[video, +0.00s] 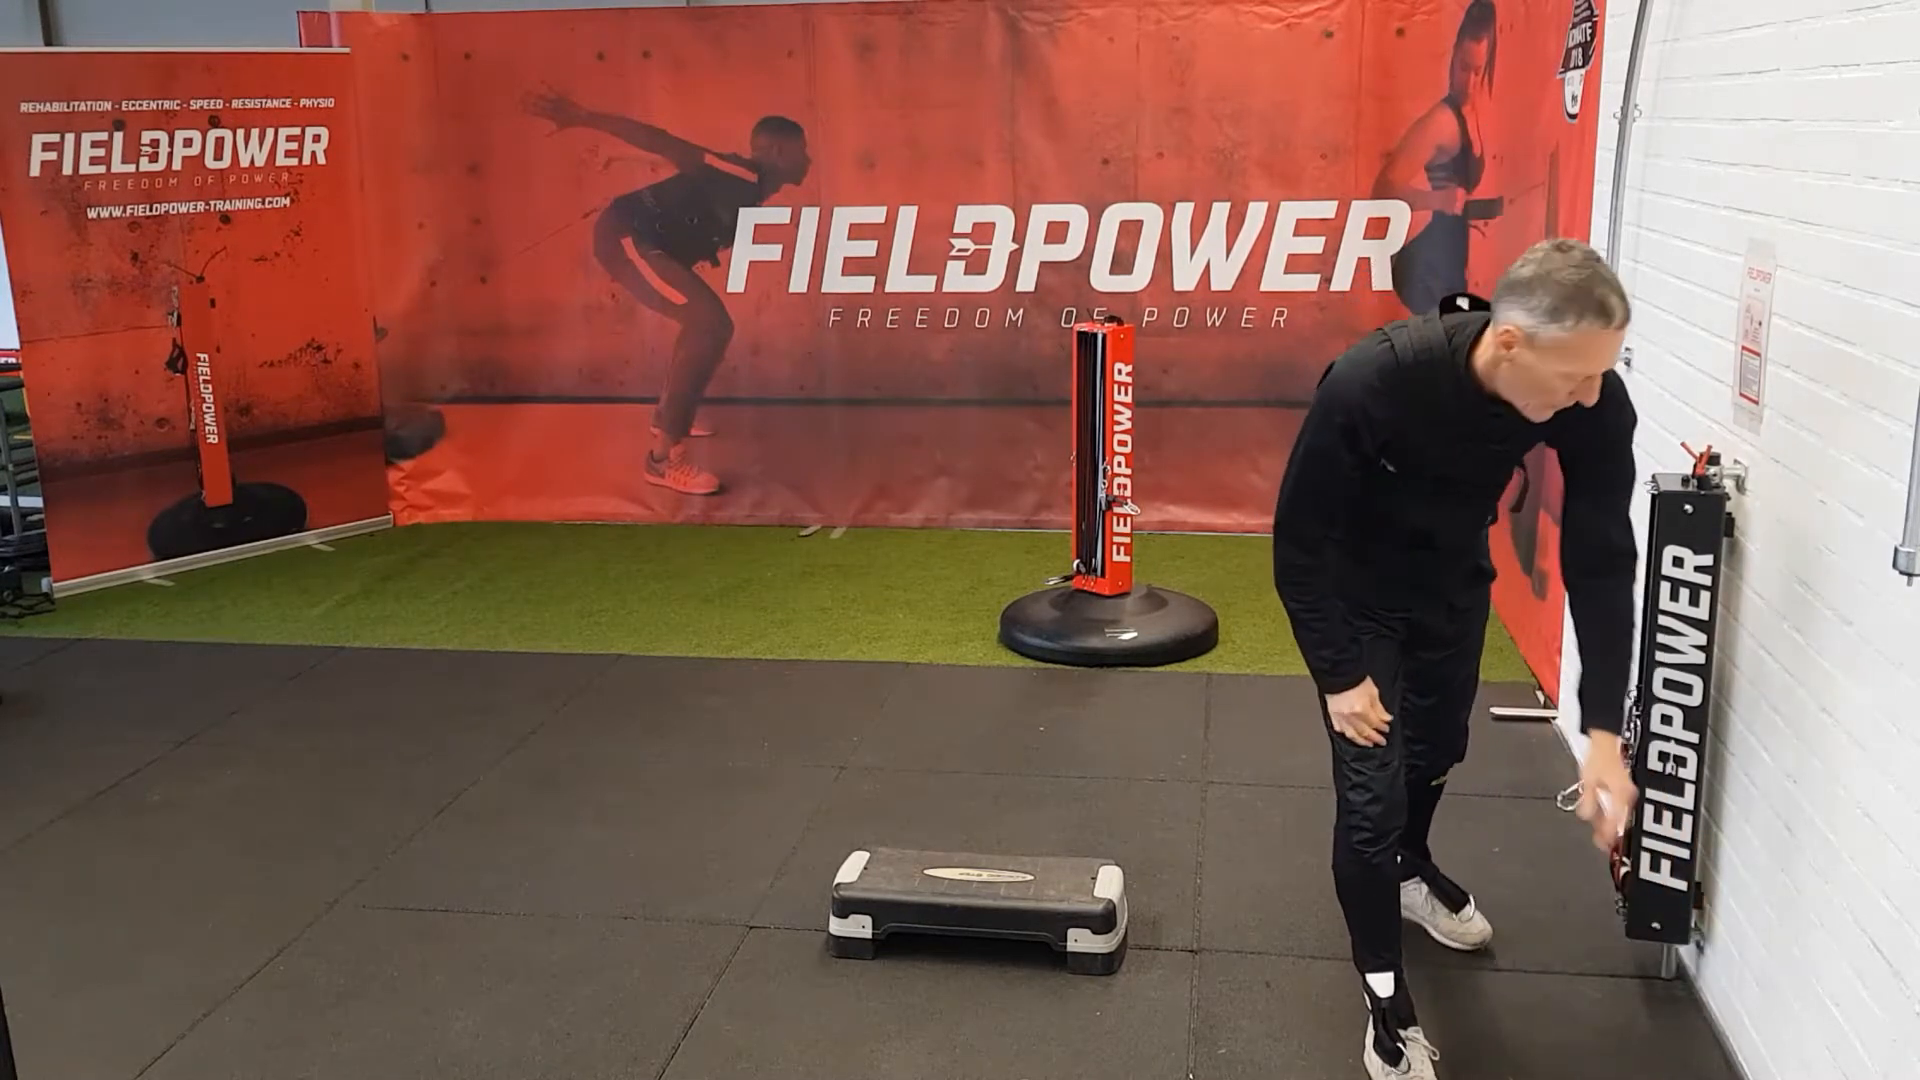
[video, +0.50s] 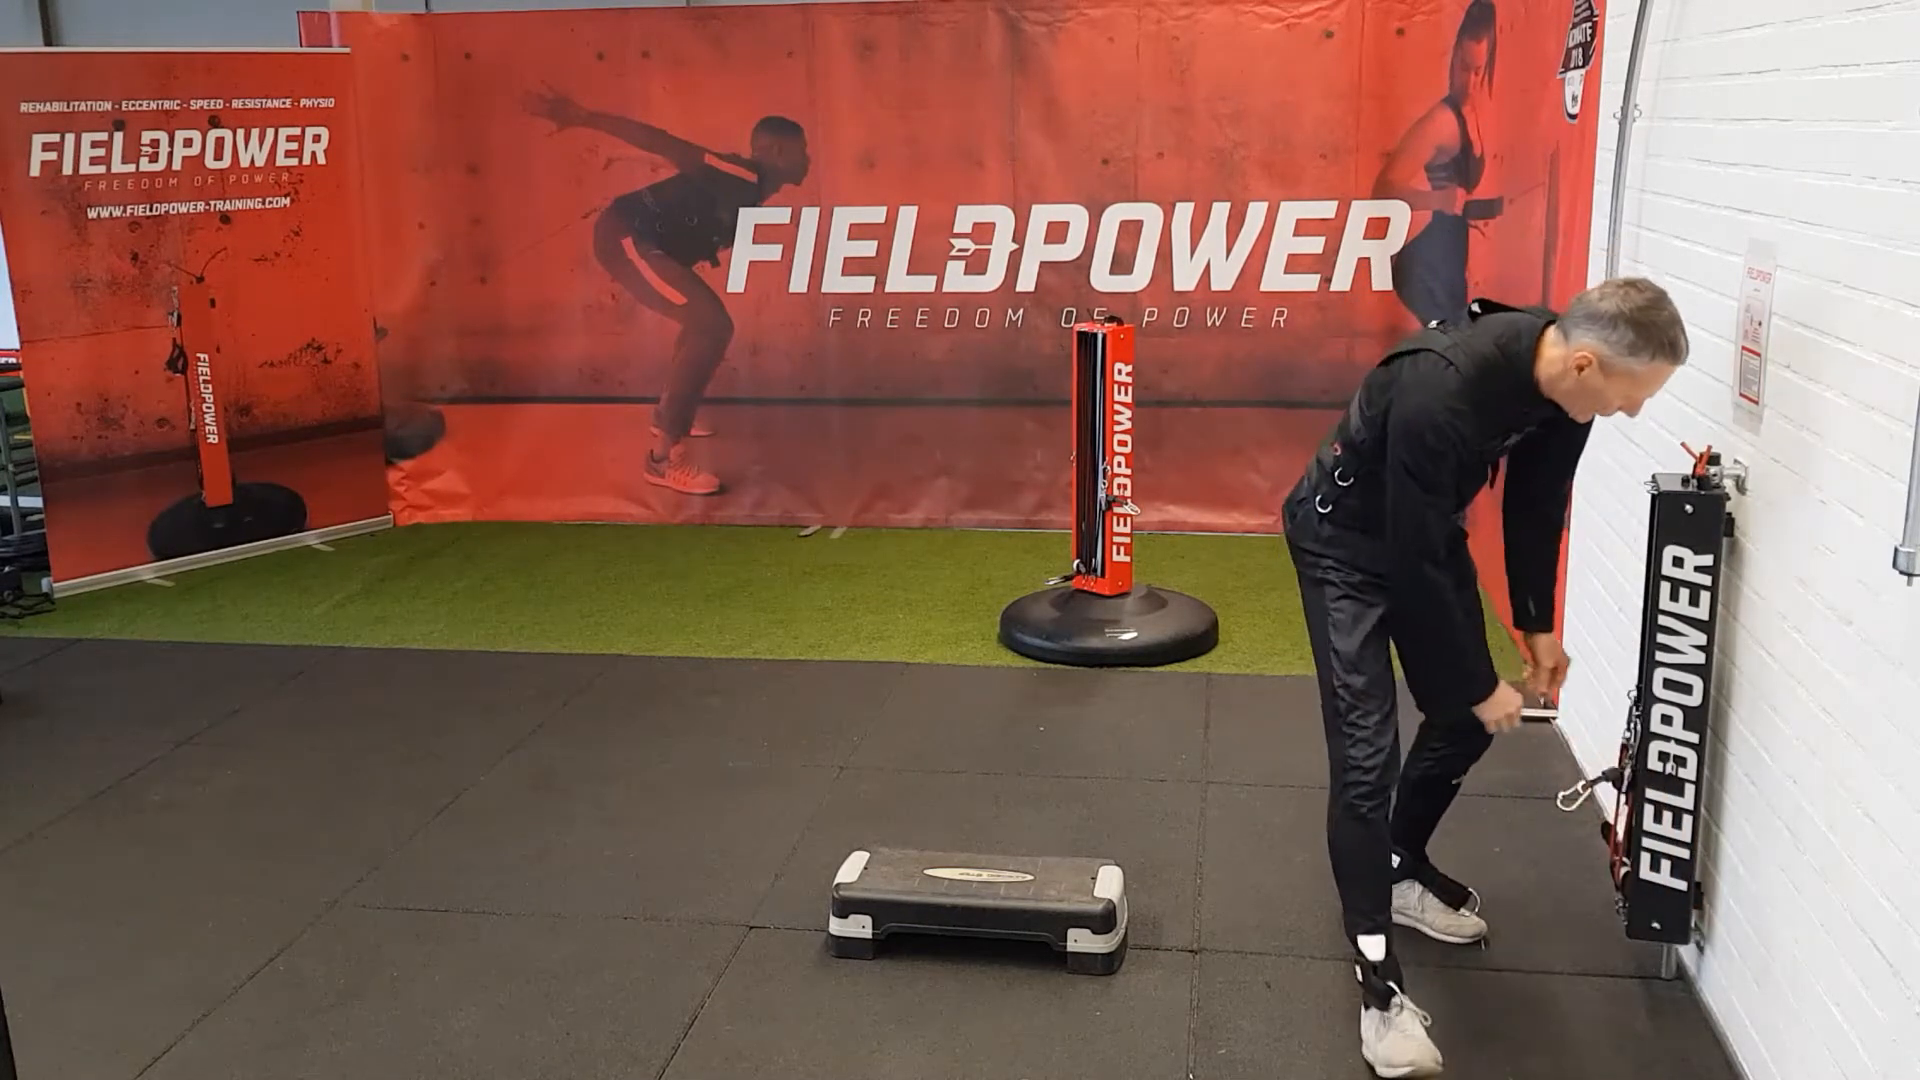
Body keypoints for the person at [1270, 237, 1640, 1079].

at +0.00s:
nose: (1585, 397)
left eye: (1596, 378)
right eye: (1571, 380)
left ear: (1603, 350)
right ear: (1506, 342)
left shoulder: (1590, 402)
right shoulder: (1373, 382)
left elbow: (1602, 562)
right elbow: (1299, 538)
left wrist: (1605, 734)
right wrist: (1338, 673)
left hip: (1453, 586)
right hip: (1354, 587)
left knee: (1433, 749)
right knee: (1374, 803)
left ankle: (1407, 869)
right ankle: (1385, 993)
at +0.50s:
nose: (1628, 413)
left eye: (1636, 401)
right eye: (1628, 398)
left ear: (1590, 357)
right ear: (1581, 363)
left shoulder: (1567, 387)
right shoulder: (1442, 402)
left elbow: (1535, 504)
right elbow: (1420, 558)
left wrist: (1538, 628)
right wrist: (1478, 685)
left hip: (1428, 539)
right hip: (1344, 538)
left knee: (1467, 713)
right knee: (1368, 763)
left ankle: (1398, 866)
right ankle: (1379, 988)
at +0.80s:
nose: (1625, 501)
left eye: (1636, 493)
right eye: (1626, 489)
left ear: (1588, 437)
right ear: (1587, 450)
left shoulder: (1563, 422)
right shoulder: (1453, 466)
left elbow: (1553, 561)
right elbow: (1467, 615)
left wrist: (1579, 684)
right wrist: (1540, 722)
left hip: (1402, 541)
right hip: (1317, 534)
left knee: (1457, 697)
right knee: (1353, 745)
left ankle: (1394, 866)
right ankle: (1366, 967)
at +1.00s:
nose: (1606, 549)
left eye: (1617, 542)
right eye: (1609, 538)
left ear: (1579, 498)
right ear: (1574, 501)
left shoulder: (1561, 466)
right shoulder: (1446, 495)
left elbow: (1556, 599)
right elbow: (1458, 649)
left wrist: (1573, 720)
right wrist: (1535, 749)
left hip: (1390, 549)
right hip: (1308, 542)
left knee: (1463, 697)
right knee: (1346, 744)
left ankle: (1396, 868)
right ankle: (1363, 968)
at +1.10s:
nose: (1601, 554)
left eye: (1613, 547)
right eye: (1604, 543)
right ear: (1570, 503)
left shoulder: (1562, 466)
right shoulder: (1445, 498)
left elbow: (1550, 596)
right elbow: (1453, 647)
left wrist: (1565, 715)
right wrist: (1526, 756)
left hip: (1388, 549)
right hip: (1311, 542)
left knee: (1466, 697)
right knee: (1347, 742)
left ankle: (1397, 868)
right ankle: (1363, 965)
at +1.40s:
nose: (1596, 512)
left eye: (1608, 505)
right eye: (1598, 501)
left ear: (1570, 441)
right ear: (1565, 451)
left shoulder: (1561, 425)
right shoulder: (1445, 460)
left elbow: (1535, 551)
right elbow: (1437, 605)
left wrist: (1547, 673)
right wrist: (1504, 726)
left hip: (1403, 542)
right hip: (1323, 530)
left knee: (1475, 702)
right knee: (1342, 742)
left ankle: (1396, 867)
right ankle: (1359, 956)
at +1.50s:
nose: (1602, 495)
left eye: (1615, 486)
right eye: (1602, 481)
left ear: (1575, 423)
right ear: (1566, 432)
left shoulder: (1566, 412)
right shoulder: (1450, 445)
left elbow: (1540, 540)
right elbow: (1427, 583)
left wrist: (1544, 662)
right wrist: (1497, 711)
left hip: (1405, 537)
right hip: (1326, 524)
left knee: (1474, 699)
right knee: (1339, 740)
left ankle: (1396, 865)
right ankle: (1358, 953)